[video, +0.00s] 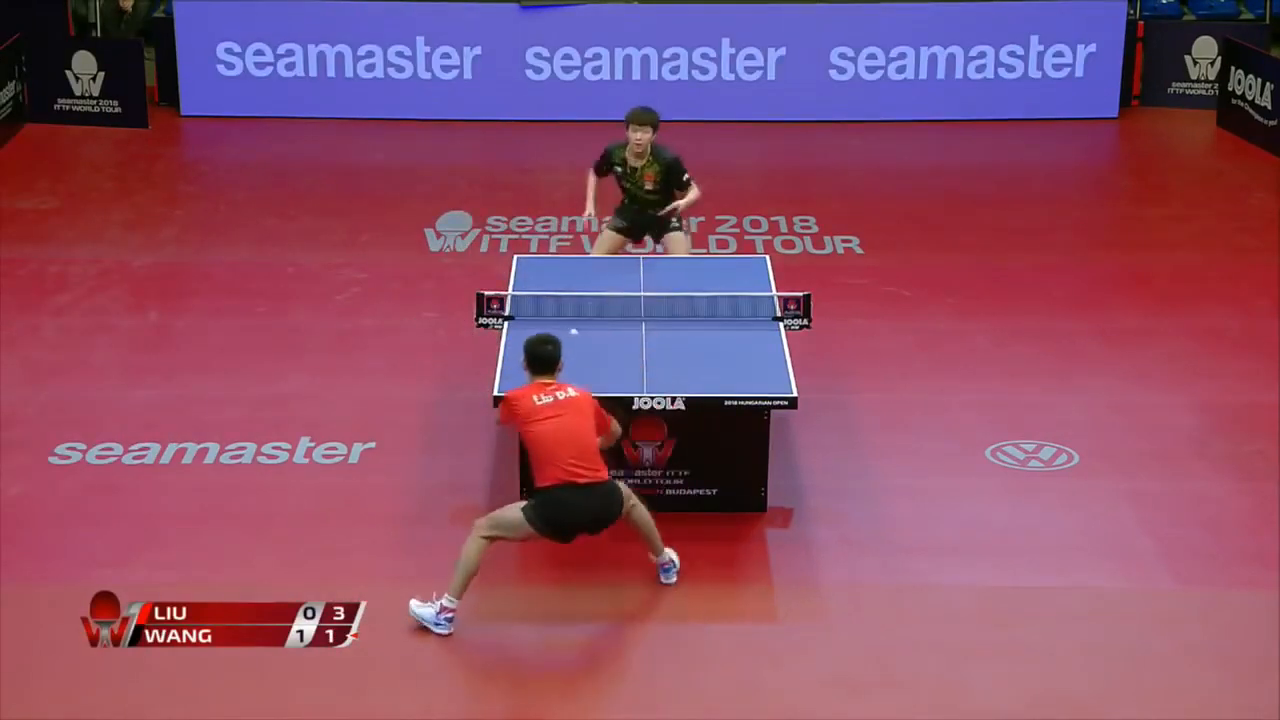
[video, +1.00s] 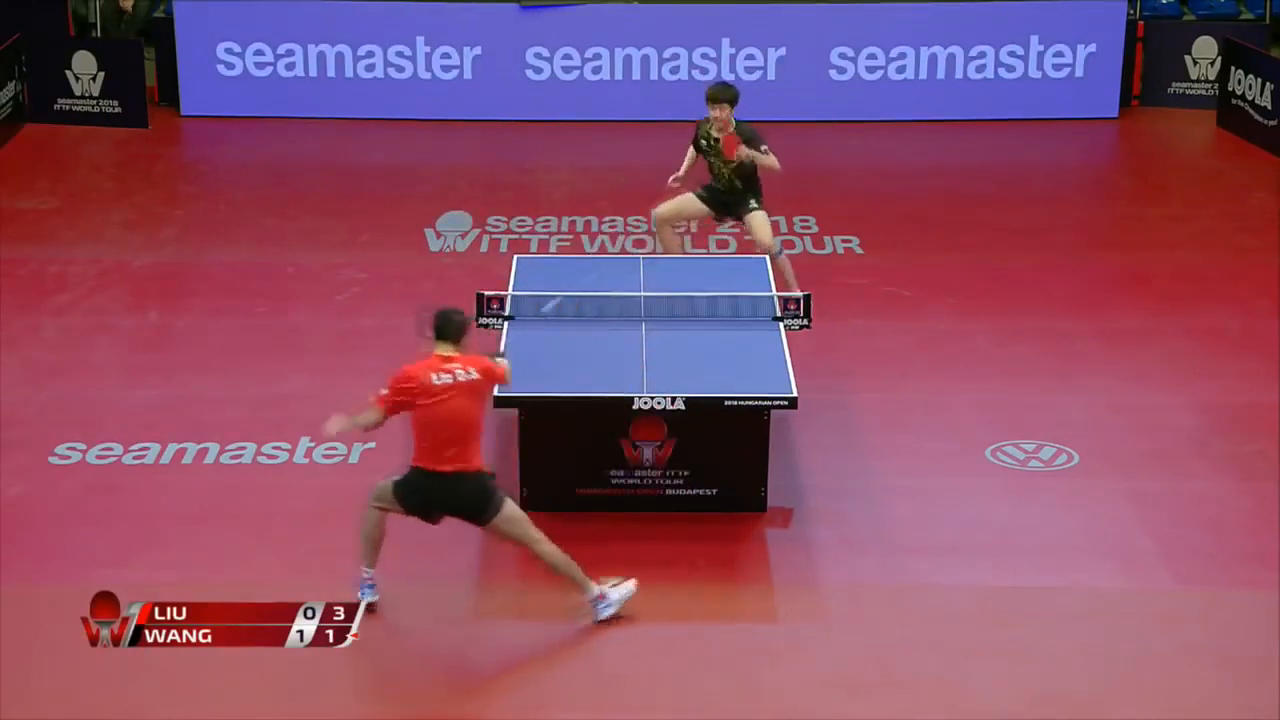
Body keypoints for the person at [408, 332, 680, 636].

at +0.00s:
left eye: (528, 361)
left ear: (526, 365)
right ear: (560, 365)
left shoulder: (514, 401)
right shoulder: (583, 397)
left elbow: (503, 421)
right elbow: (614, 431)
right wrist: (590, 447)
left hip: (555, 506)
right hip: (601, 502)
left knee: (484, 528)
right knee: (627, 497)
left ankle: (445, 609)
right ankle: (665, 560)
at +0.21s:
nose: (533, 346)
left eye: (533, 341)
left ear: (536, 344)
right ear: (567, 337)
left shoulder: (548, 377)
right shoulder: (594, 353)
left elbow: (542, 430)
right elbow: (602, 345)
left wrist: (519, 448)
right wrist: (597, 327)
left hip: (585, 463)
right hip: (624, 458)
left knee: (534, 536)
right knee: (647, 490)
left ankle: (475, 607)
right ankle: (668, 560)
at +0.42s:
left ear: (542, 304)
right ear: (574, 303)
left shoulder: (543, 340)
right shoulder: (596, 335)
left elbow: (536, 397)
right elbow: (616, 385)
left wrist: (524, 441)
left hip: (558, 443)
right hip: (598, 439)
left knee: (502, 505)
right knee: (603, 469)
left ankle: (489, 591)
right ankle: (624, 535)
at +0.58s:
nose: (561, 318)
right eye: (561, 314)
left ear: (528, 317)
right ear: (560, 319)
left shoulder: (515, 354)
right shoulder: (581, 359)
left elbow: (475, 378)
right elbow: (617, 398)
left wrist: (445, 376)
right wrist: (623, 384)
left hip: (532, 462)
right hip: (575, 460)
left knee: (467, 498)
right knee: (589, 481)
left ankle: (451, 585)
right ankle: (617, 543)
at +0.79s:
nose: (541, 342)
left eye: (535, 336)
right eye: (541, 338)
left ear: (506, 337)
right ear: (537, 341)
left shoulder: (479, 368)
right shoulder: (550, 377)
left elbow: (447, 415)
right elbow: (585, 414)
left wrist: (470, 428)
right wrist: (583, 397)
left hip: (477, 474)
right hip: (525, 478)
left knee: (428, 504)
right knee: (585, 510)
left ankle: (384, 572)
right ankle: (619, 593)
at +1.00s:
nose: (469, 335)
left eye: (459, 332)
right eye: (468, 332)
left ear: (433, 334)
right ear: (463, 335)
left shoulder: (413, 375)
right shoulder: (480, 369)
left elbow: (373, 418)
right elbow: (505, 372)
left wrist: (345, 424)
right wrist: (497, 360)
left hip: (425, 484)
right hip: (471, 485)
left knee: (378, 499)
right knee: (534, 538)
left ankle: (366, 583)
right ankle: (597, 594)